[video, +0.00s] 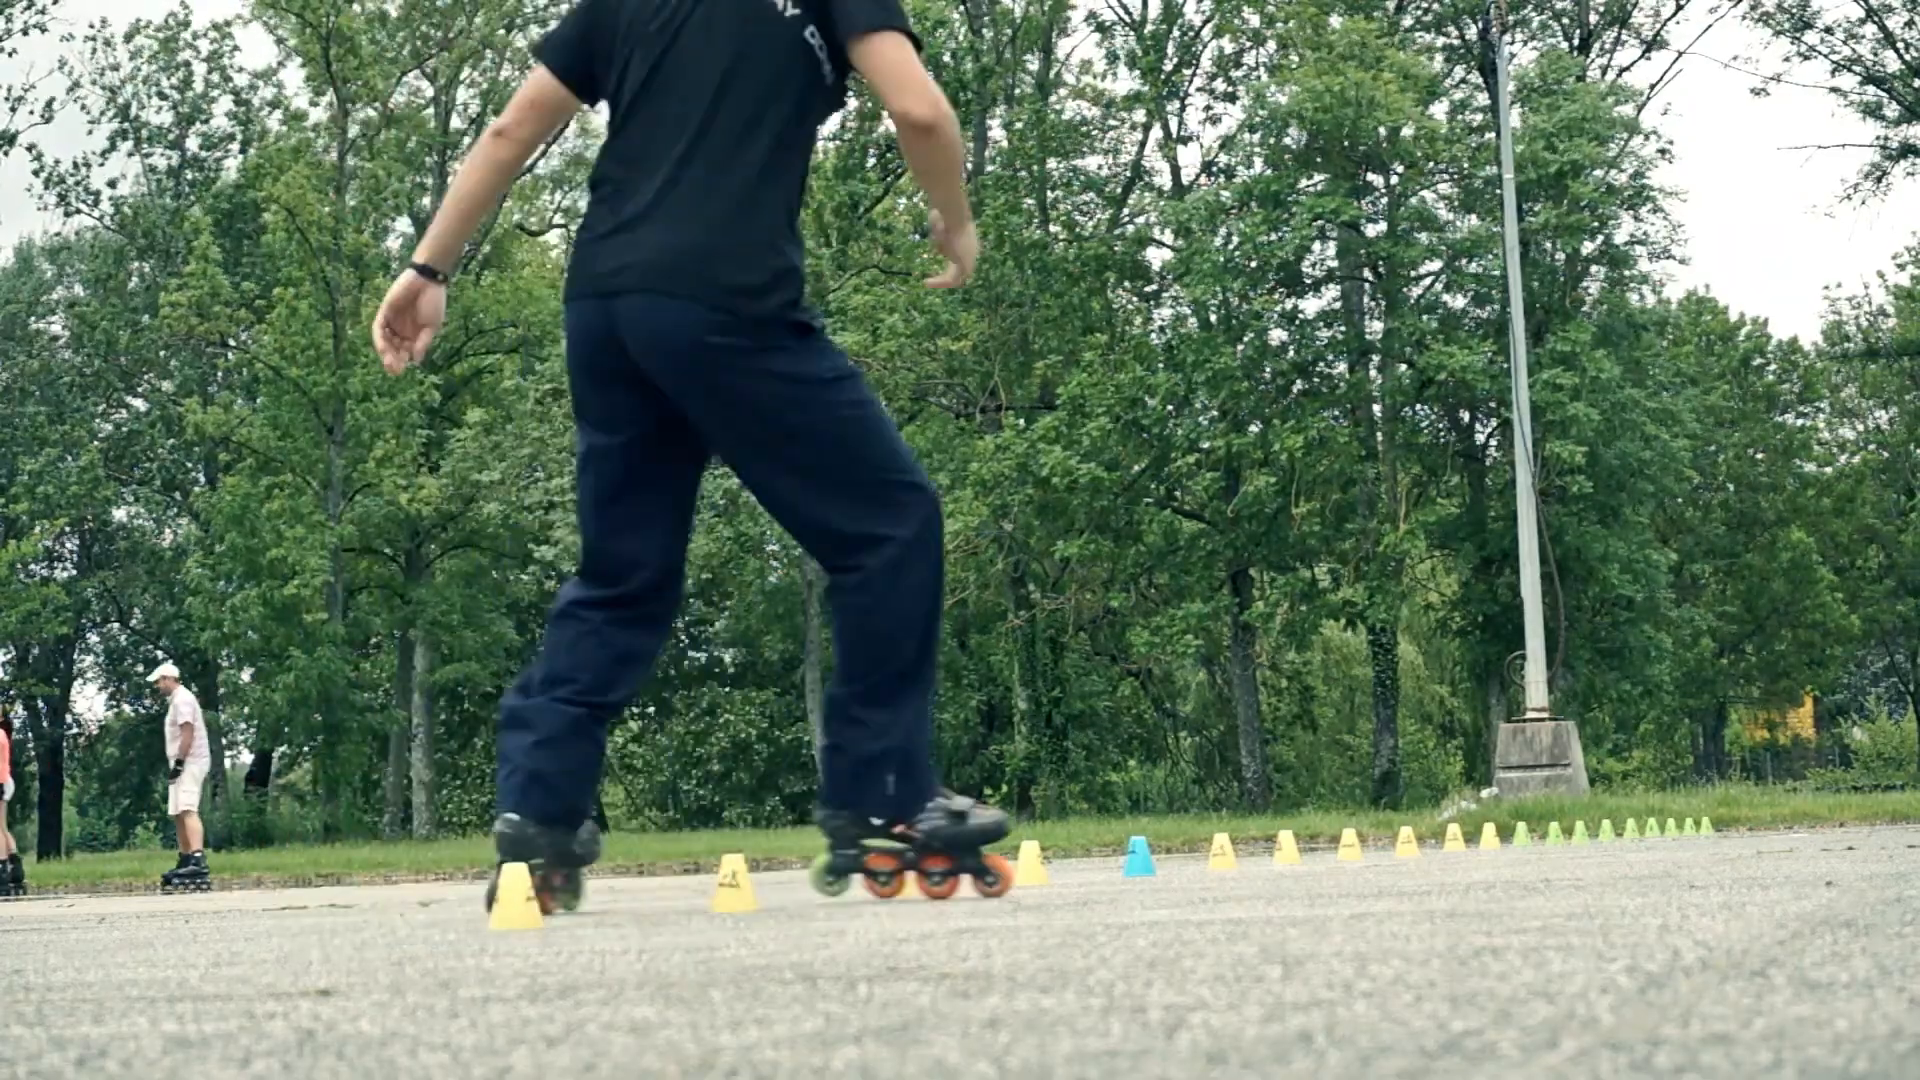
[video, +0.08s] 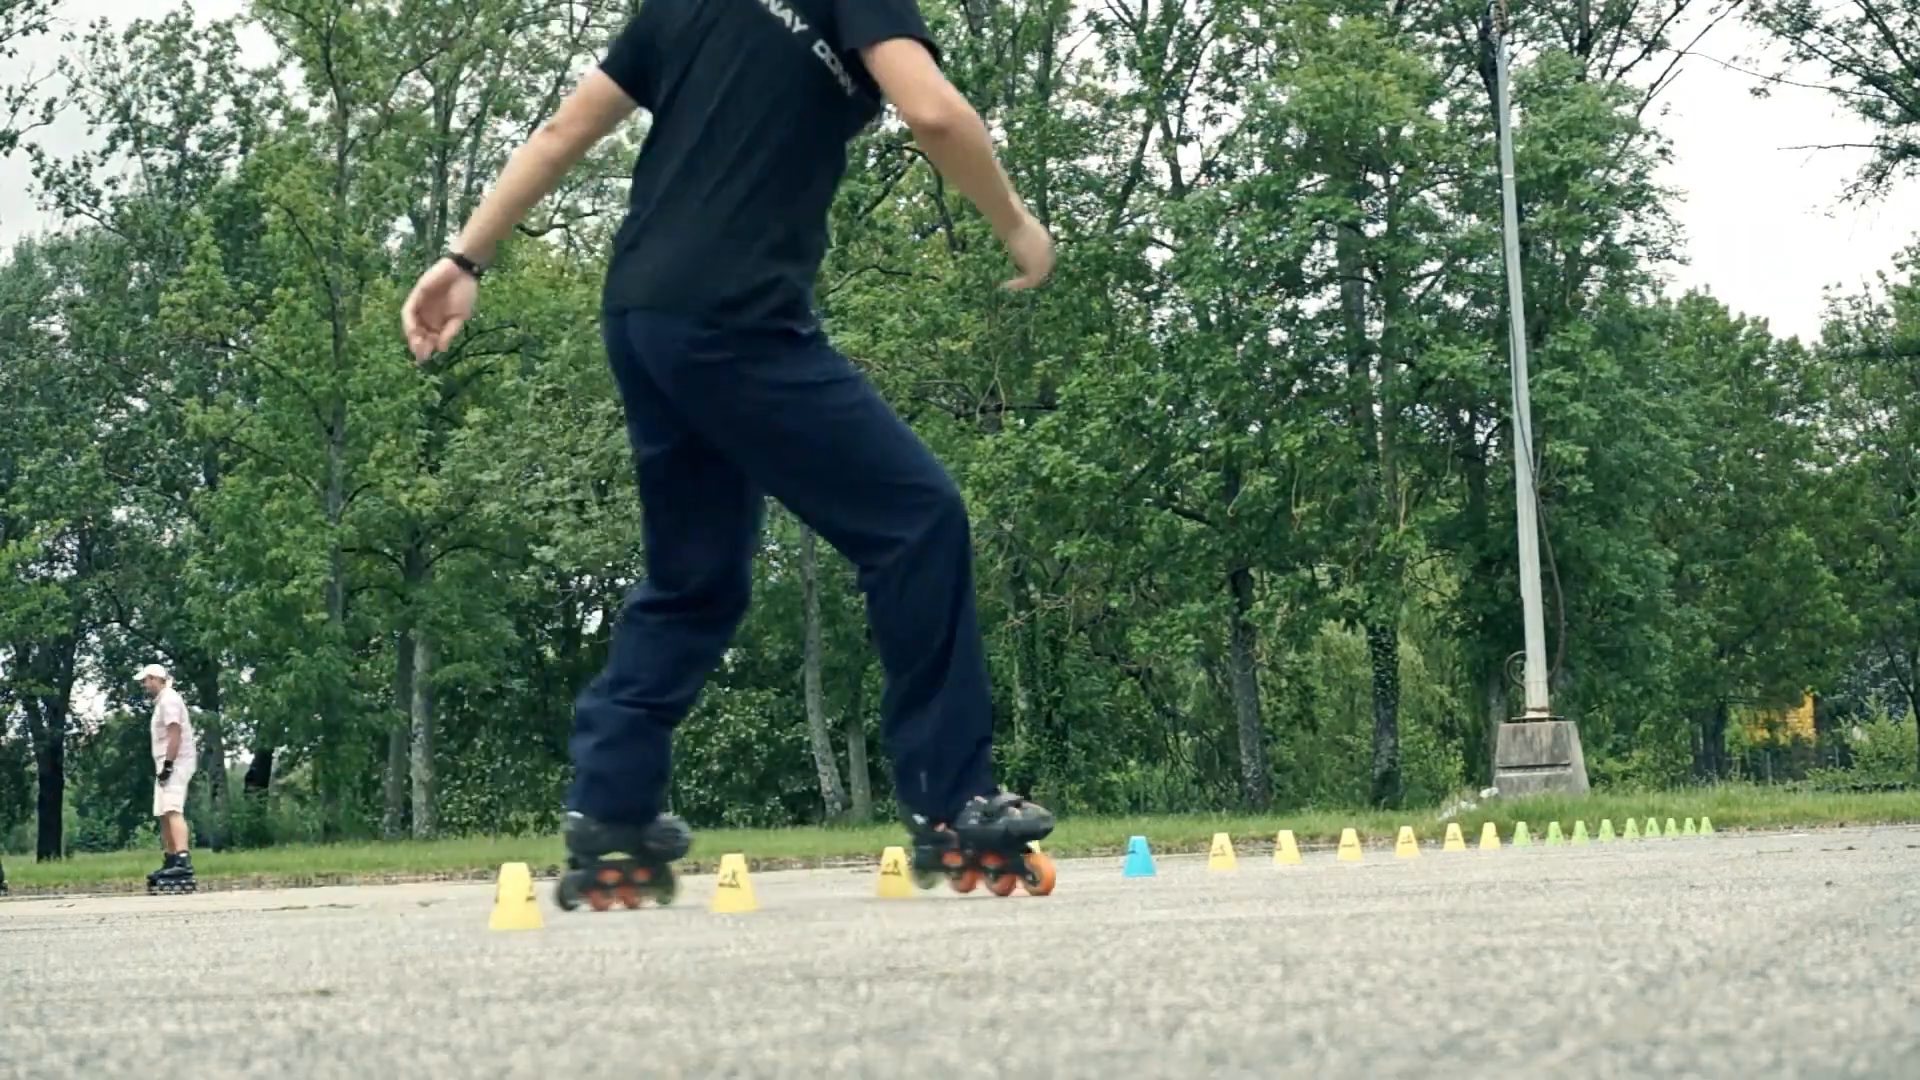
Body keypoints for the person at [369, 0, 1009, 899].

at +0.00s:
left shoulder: (621, 3)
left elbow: (515, 127)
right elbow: (920, 109)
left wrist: (429, 265)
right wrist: (955, 223)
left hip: (602, 306)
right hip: (728, 302)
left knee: (619, 578)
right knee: (891, 524)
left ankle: (538, 809)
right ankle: (882, 798)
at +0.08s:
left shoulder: (682, 7)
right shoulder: (859, 4)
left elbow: (565, 129)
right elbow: (934, 111)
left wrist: (465, 254)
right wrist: (1019, 226)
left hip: (645, 318)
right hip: (736, 319)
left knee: (691, 584)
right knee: (918, 519)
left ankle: (609, 810)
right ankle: (951, 799)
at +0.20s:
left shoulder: (767, 26)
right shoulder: (884, 11)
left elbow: (654, 158)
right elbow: (954, 134)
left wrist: (552, 281)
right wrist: (1090, 231)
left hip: (736, 355)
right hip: (762, 356)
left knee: (827, 584)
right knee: (930, 524)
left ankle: (760, 796)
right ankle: (980, 785)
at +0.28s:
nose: (1011, 23)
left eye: (1016, 12)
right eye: (1011, 4)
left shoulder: (842, 47)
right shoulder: (888, 35)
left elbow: (721, 199)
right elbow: (958, 158)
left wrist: (644, 329)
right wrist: (1115, 241)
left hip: (844, 375)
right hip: (764, 377)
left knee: (937, 554)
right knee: (936, 536)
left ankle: (863, 796)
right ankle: (982, 783)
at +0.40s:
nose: (1046, 84)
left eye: (1056, 63)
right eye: (1041, 57)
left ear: (982, 35)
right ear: (978, 28)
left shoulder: (938, 130)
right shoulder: (871, 100)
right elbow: (898, 193)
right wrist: (1055, 247)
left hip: (898, 402)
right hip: (788, 416)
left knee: (1036, 553)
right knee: (928, 544)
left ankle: (952, 802)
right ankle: (1011, 779)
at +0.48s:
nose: (1034, 116)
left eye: (1047, 98)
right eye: (1026, 91)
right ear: (962, 63)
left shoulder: (968, 162)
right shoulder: (859, 130)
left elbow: (1010, 279)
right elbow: (812, 202)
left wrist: (1097, 382)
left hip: (922, 419)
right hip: (806, 434)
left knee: (1053, 558)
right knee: (926, 560)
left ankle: (961, 803)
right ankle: (1040, 778)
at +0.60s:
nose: (962, 123)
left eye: (983, 104)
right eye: (944, 99)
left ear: (1000, 92)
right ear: (894, 73)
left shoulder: (1004, 181)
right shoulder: (808, 151)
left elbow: (1139, 245)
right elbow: (703, 184)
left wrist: (1291, 287)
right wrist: (675, 184)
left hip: (945, 421)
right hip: (823, 431)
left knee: (1016, 572)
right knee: (911, 557)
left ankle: (902, 791)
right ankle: (1054, 772)